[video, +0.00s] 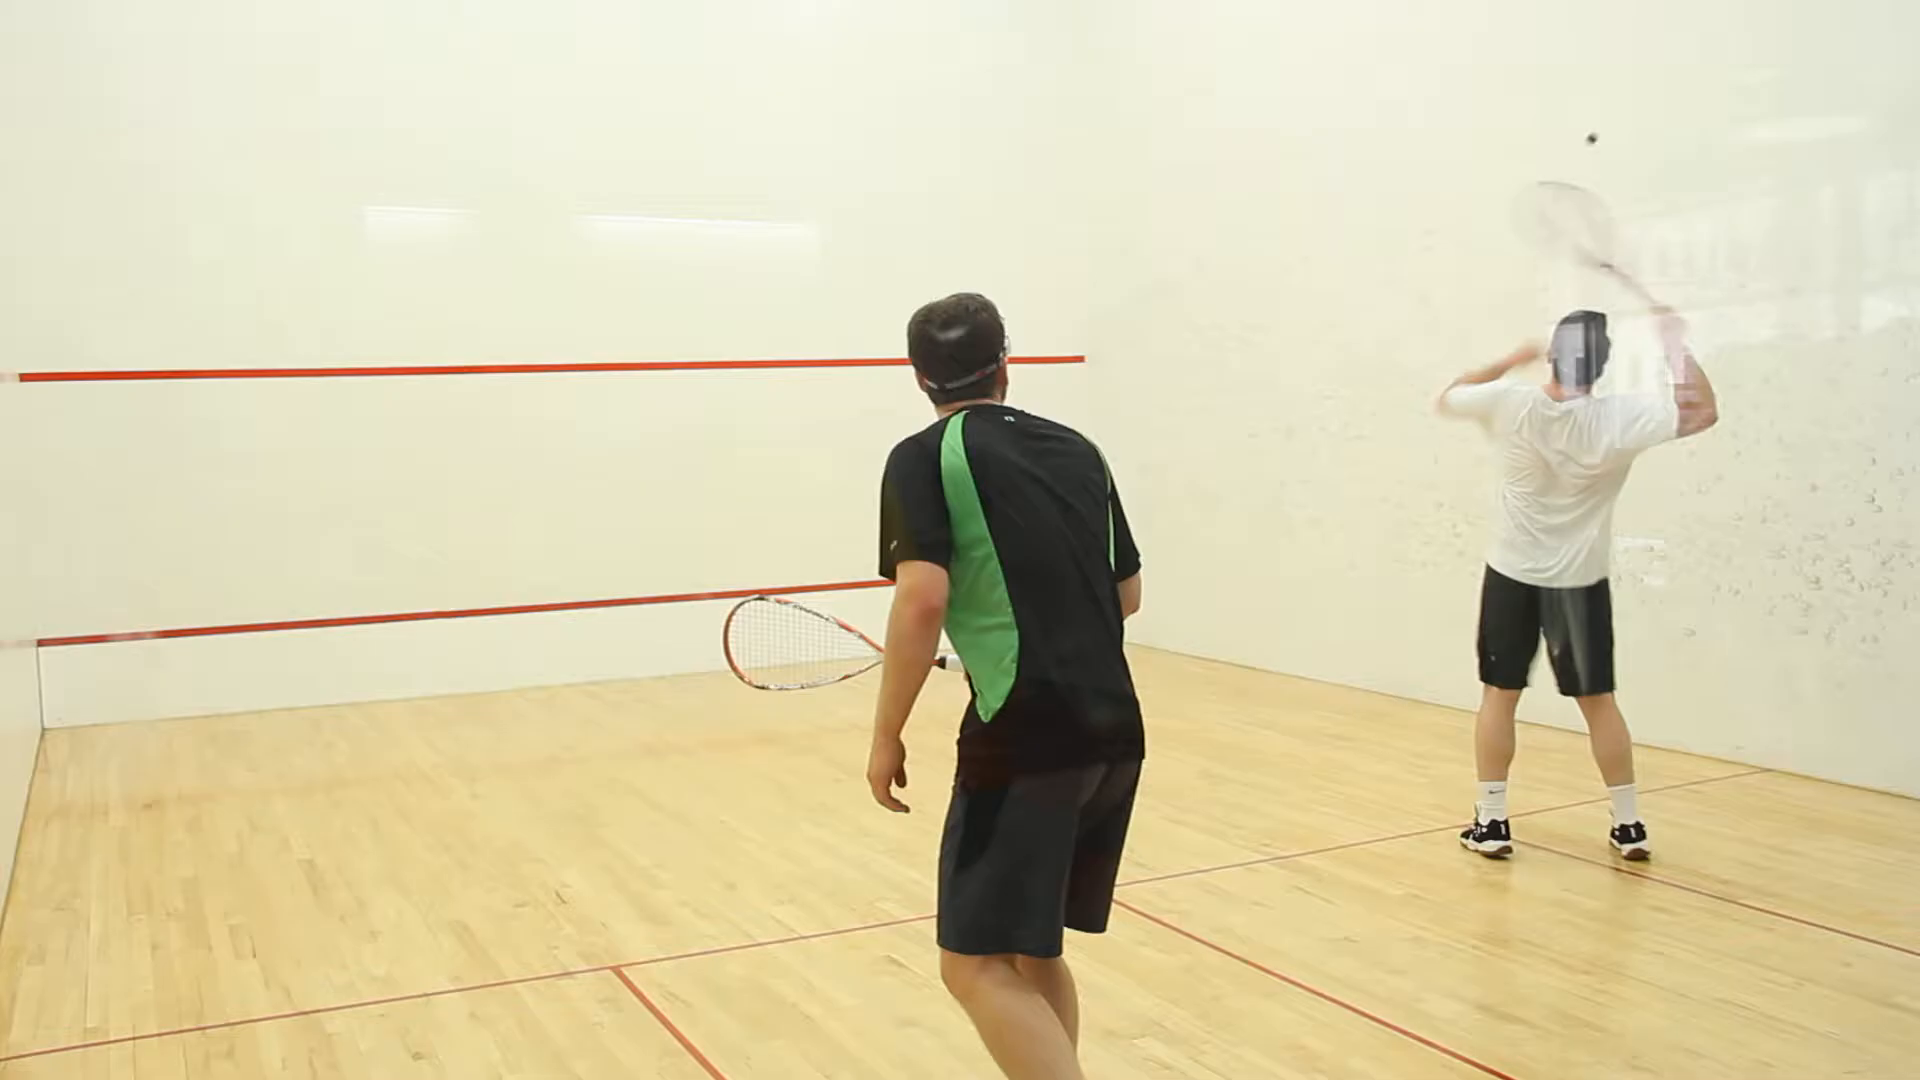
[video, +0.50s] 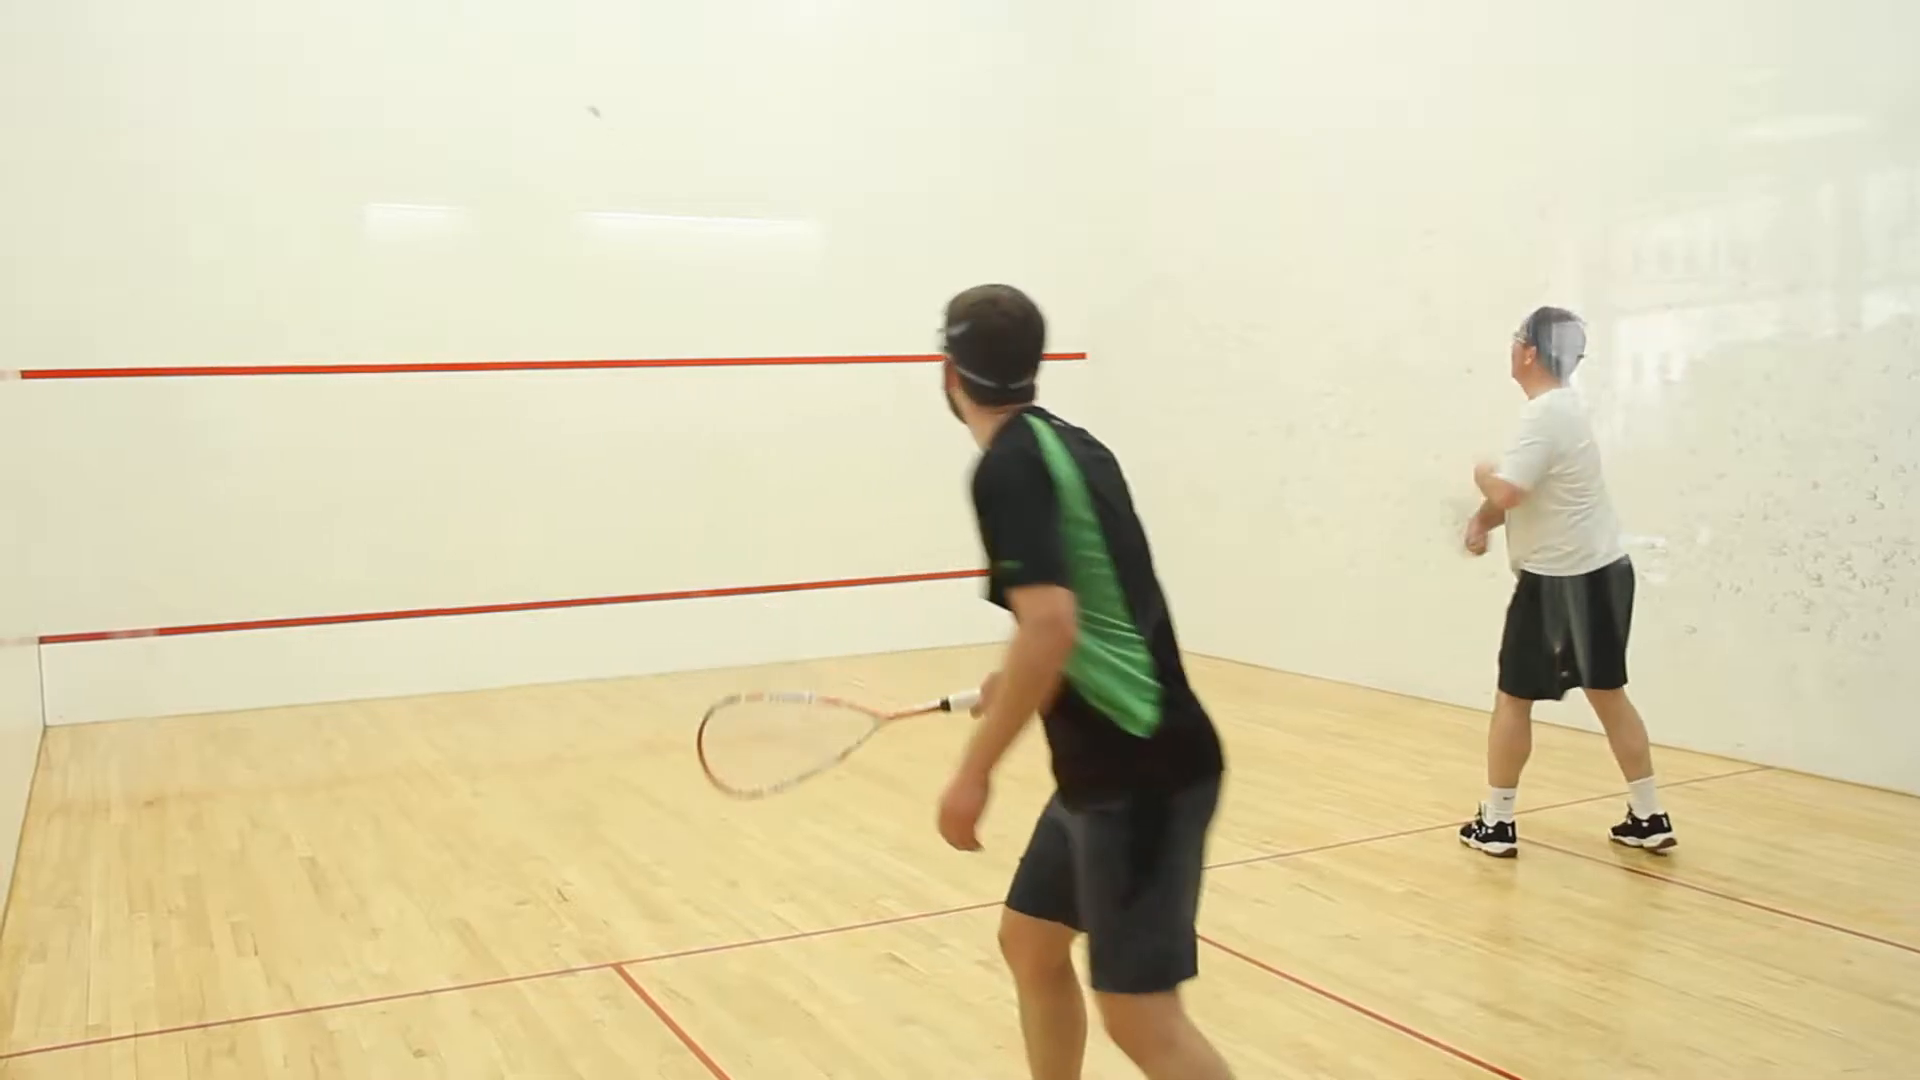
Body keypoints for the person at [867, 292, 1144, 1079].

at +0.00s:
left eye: (919, 371)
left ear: (919, 380)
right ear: (1004, 367)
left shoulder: (922, 458)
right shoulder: (1079, 450)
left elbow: (924, 598)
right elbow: (1124, 596)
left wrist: (888, 733)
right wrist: (1045, 651)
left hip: (1023, 738)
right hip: (1111, 731)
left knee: (973, 963)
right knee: (1037, 950)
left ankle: (1061, 1071)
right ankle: (1058, 1076)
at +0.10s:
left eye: (917, 370)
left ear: (918, 381)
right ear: (1004, 369)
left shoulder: (927, 460)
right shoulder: (1075, 450)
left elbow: (933, 600)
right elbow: (1126, 593)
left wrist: (894, 734)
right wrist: (1038, 626)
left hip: (1033, 741)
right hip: (1115, 735)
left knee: (983, 971)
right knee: (1039, 959)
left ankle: (1071, 1071)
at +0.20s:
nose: (917, 381)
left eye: (916, 371)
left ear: (918, 382)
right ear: (1003, 371)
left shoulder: (934, 462)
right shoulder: (1071, 450)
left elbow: (947, 606)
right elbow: (1127, 591)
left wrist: (904, 742)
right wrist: (1031, 644)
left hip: (1046, 747)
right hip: (1122, 740)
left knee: (1004, 978)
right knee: (1030, 958)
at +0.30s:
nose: (920, 379)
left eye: (919, 369)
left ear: (921, 381)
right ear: (1005, 372)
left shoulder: (944, 461)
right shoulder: (1067, 449)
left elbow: (969, 606)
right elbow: (1128, 585)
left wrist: (921, 749)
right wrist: (1016, 654)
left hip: (1074, 752)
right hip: (1120, 738)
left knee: (1048, 974)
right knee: (1005, 917)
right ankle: (1050, 1071)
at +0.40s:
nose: (923, 373)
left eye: (923, 363)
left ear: (929, 376)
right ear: (1013, 371)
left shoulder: (967, 459)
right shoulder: (1069, 446)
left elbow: (998, 607)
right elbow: (1128, 580)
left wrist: (943, 756)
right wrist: (1024, 665)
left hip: (1099, 762)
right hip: (1116, 749)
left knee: (1106, 996)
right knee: (1021, 930)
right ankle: (1052, 1077)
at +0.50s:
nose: (940, 372)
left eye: (941, 359)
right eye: (947, 358)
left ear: (952, 374)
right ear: (1033, 369)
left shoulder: (1010, 464)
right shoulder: (1073, 446)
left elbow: (1049, 625)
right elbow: (1096, 606)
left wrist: (973, 770)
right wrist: (1013, 687)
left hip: (1144, 778)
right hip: (1105, 771)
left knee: (1141, 1016)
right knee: (1030, 942)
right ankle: (1055, 1074)